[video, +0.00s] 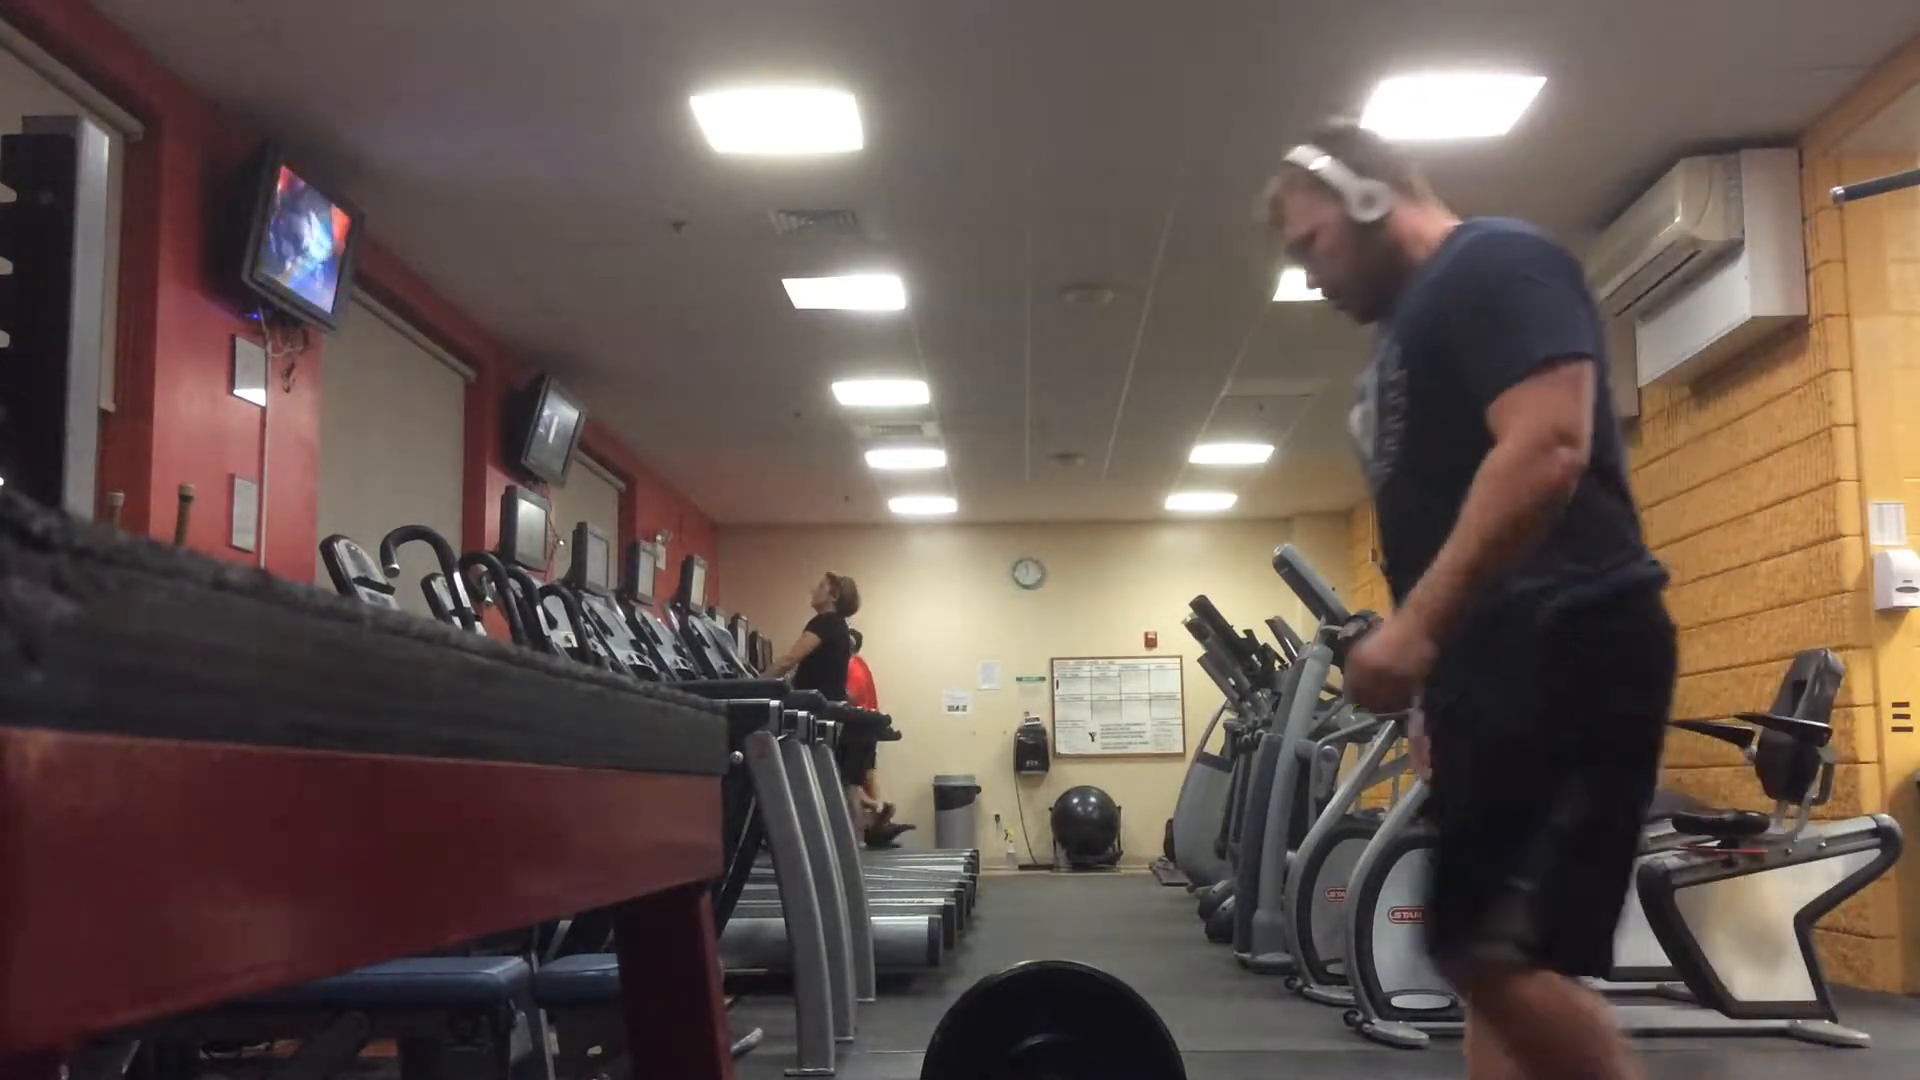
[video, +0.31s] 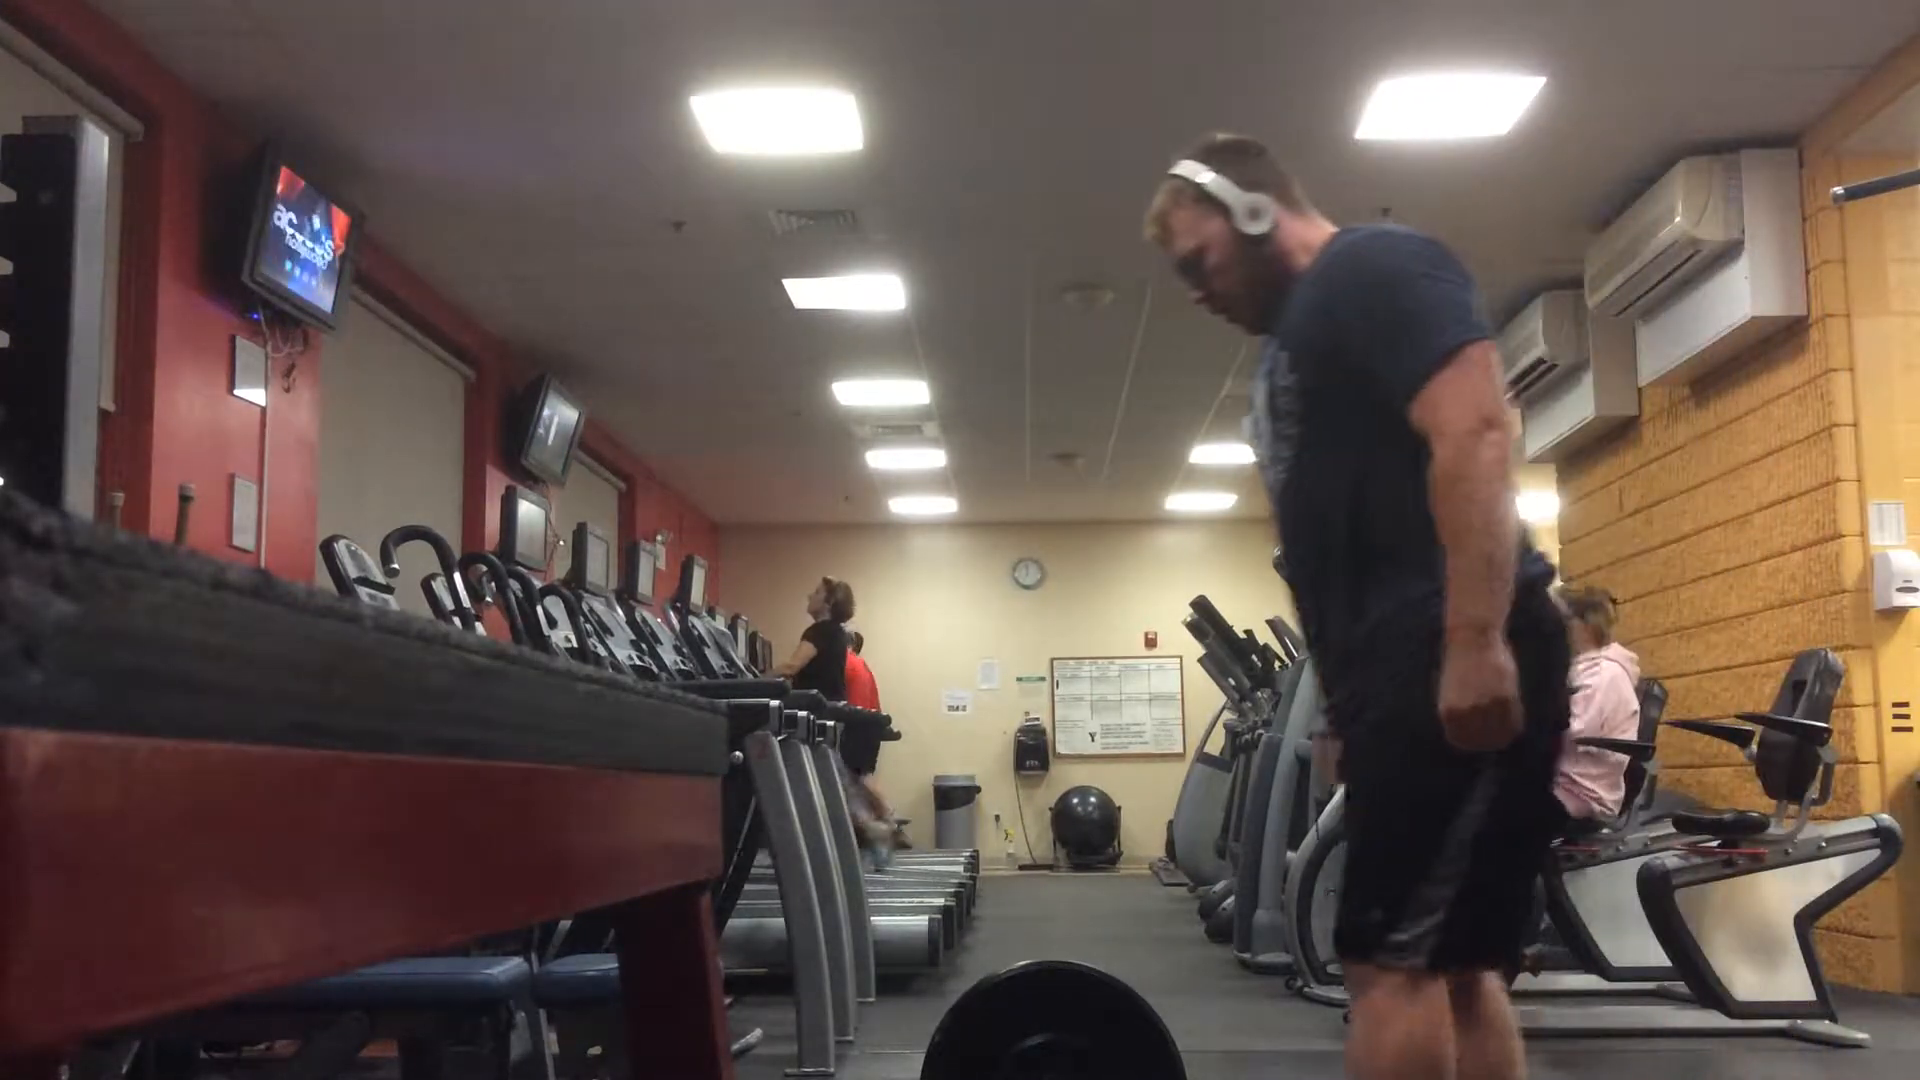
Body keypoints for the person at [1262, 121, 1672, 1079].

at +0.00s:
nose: (1308, 277)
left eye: (1308, 244)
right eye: (1296, 260)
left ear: (1372, 201)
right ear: (1362, 215)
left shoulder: (1492, 260)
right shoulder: (1411, 334)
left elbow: (1545, 447)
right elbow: (1452, 525)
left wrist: (1415, 622)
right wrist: (1439, 692)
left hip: (1569, 638)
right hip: (1499, 650)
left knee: (1498, 954)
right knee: (1496, 961)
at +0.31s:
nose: (1198, 294)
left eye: (1199, 262)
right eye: (1185, 279)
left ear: (1260, 214)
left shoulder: (1370, 265)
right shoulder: (1295, 350)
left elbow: (1478, 430)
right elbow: (1350, 538)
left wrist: (1475, 639)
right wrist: (1344, 704)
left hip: (1450, 653)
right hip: (1404, 662)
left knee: (1392, 972)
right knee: (1464, 973)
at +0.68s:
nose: (1065, 294)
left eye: (1065, 264)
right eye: (1053, 277)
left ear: (1120, 212)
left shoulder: (1235, 266)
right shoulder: (1174, 333)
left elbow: (1341, 439)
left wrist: (1287, 646)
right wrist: (1242, 667)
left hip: (1353, 657)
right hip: (1262, 671)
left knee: (1328, 982)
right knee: (1210, 938)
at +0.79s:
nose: (1030, 302)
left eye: (1030, 272)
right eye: (1019, 285)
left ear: (1089, 221)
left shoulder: (1197, 273)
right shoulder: (1139, 339)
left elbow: (1317, 433)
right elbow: (1211, 520)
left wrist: (1277, 643)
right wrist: (1200, 689)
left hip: (1302, 667)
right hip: (1231, 677)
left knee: (1275, 987)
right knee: (1212, 976)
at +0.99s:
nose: (960, 324)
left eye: (958, 294)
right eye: (948, 307)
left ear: (1008, 241)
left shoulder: (1137, 283)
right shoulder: (1067, 375)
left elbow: (1283, 413)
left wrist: (1223, 603)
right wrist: (1146, 653)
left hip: (1257, 657)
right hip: (1178, 678)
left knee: (1121, 921)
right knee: (1148, 933)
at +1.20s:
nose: (911, 333)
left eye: (907, 302)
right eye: (896, 315)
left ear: (952, 248)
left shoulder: (1090, 292)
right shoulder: (1018, 396)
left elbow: (1227, 442)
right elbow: (1097, 557)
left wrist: (1170, 653)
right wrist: (1106, 718)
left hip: (1224, 655)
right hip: (1148, 680)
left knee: (1136, 948)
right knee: (1124, 952)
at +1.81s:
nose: (802, 496)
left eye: (797, 464)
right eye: (789, 474)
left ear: (844, 423)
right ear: (852, 419)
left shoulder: (980, 472)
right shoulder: (949, 517)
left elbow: (1071, 684)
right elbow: (1041, 711)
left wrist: (1078, 914)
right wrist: (1064, 897)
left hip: (1265, 704)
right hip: (1197, 723)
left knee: (1088, 974)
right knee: (1051, 955)